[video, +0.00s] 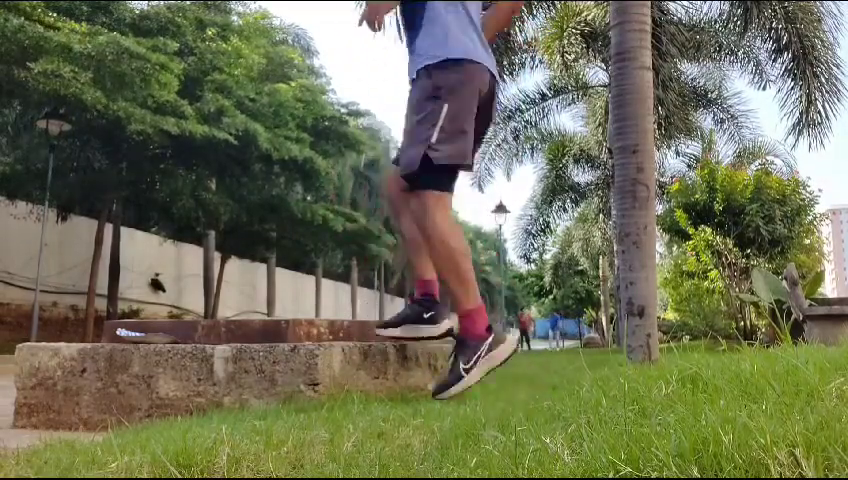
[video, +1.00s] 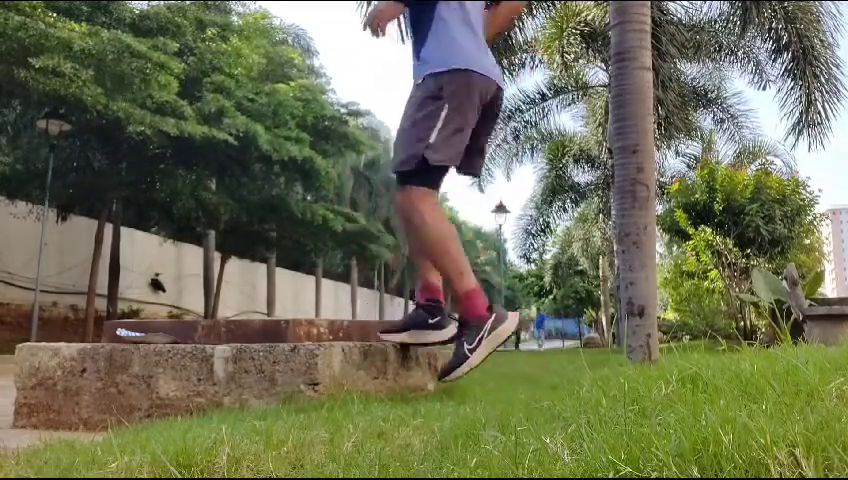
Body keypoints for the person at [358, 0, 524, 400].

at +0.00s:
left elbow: (381, 7)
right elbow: (512, 2)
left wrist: (376, 11)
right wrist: (475, 39)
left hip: (447, 63)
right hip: (479, 70)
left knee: (427, 202)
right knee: (398, 184)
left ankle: (478, 335)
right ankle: (426, 301)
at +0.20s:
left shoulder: (423, 4)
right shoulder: (487, 5)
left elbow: (442, 9)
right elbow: (530, 37)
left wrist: (401, 68)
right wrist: (494, 101)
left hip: (453, 118)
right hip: (488, 121)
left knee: (462, 254)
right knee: (402, 231)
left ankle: (515, 382)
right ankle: (486, 315)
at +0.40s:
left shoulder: (422, 3)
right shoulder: (467, 18)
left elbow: (471, 6)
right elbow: (508, 69)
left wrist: (412, 72)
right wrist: (466, 106)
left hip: (452, 118)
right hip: (499, 131)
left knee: (366, 215)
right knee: (453, 252)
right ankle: (512, 372)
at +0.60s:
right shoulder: (467, 6)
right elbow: (485, 35)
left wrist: (396, 29)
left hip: (431, 77)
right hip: (481, 92)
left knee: (358, 187)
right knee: (447, 217)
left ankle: (395, 306)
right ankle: (499, 336)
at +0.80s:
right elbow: (489, 5)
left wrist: (386, 3)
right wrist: (452, 32)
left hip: (430, 49)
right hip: (474, 59)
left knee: (393, 177)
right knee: (420, 185)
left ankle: (403, 308)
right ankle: (436, 306)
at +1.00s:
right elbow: (515, 2)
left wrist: (392, 5)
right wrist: (474, 37)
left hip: (449, 66)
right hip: (487, 74)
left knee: (414, 194)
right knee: (415, 194)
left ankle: (478, 316)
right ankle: (430, 306)